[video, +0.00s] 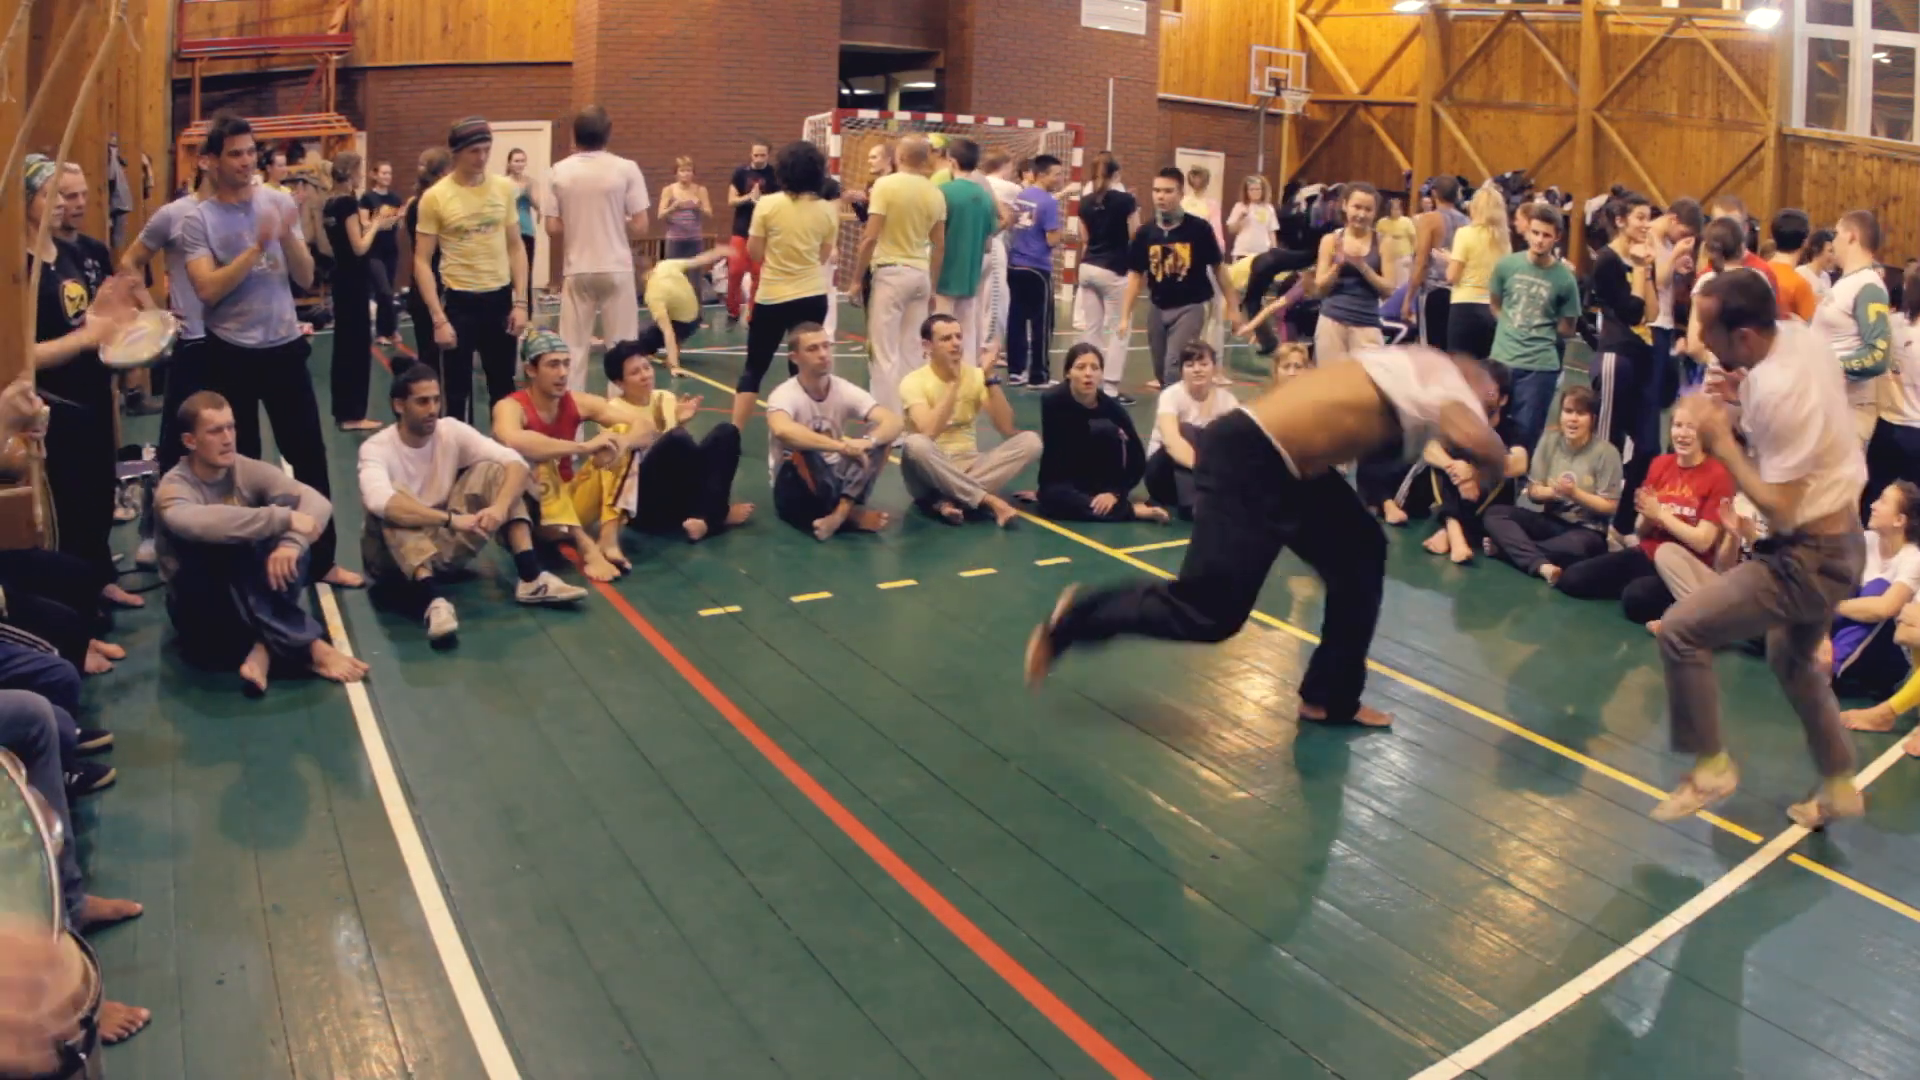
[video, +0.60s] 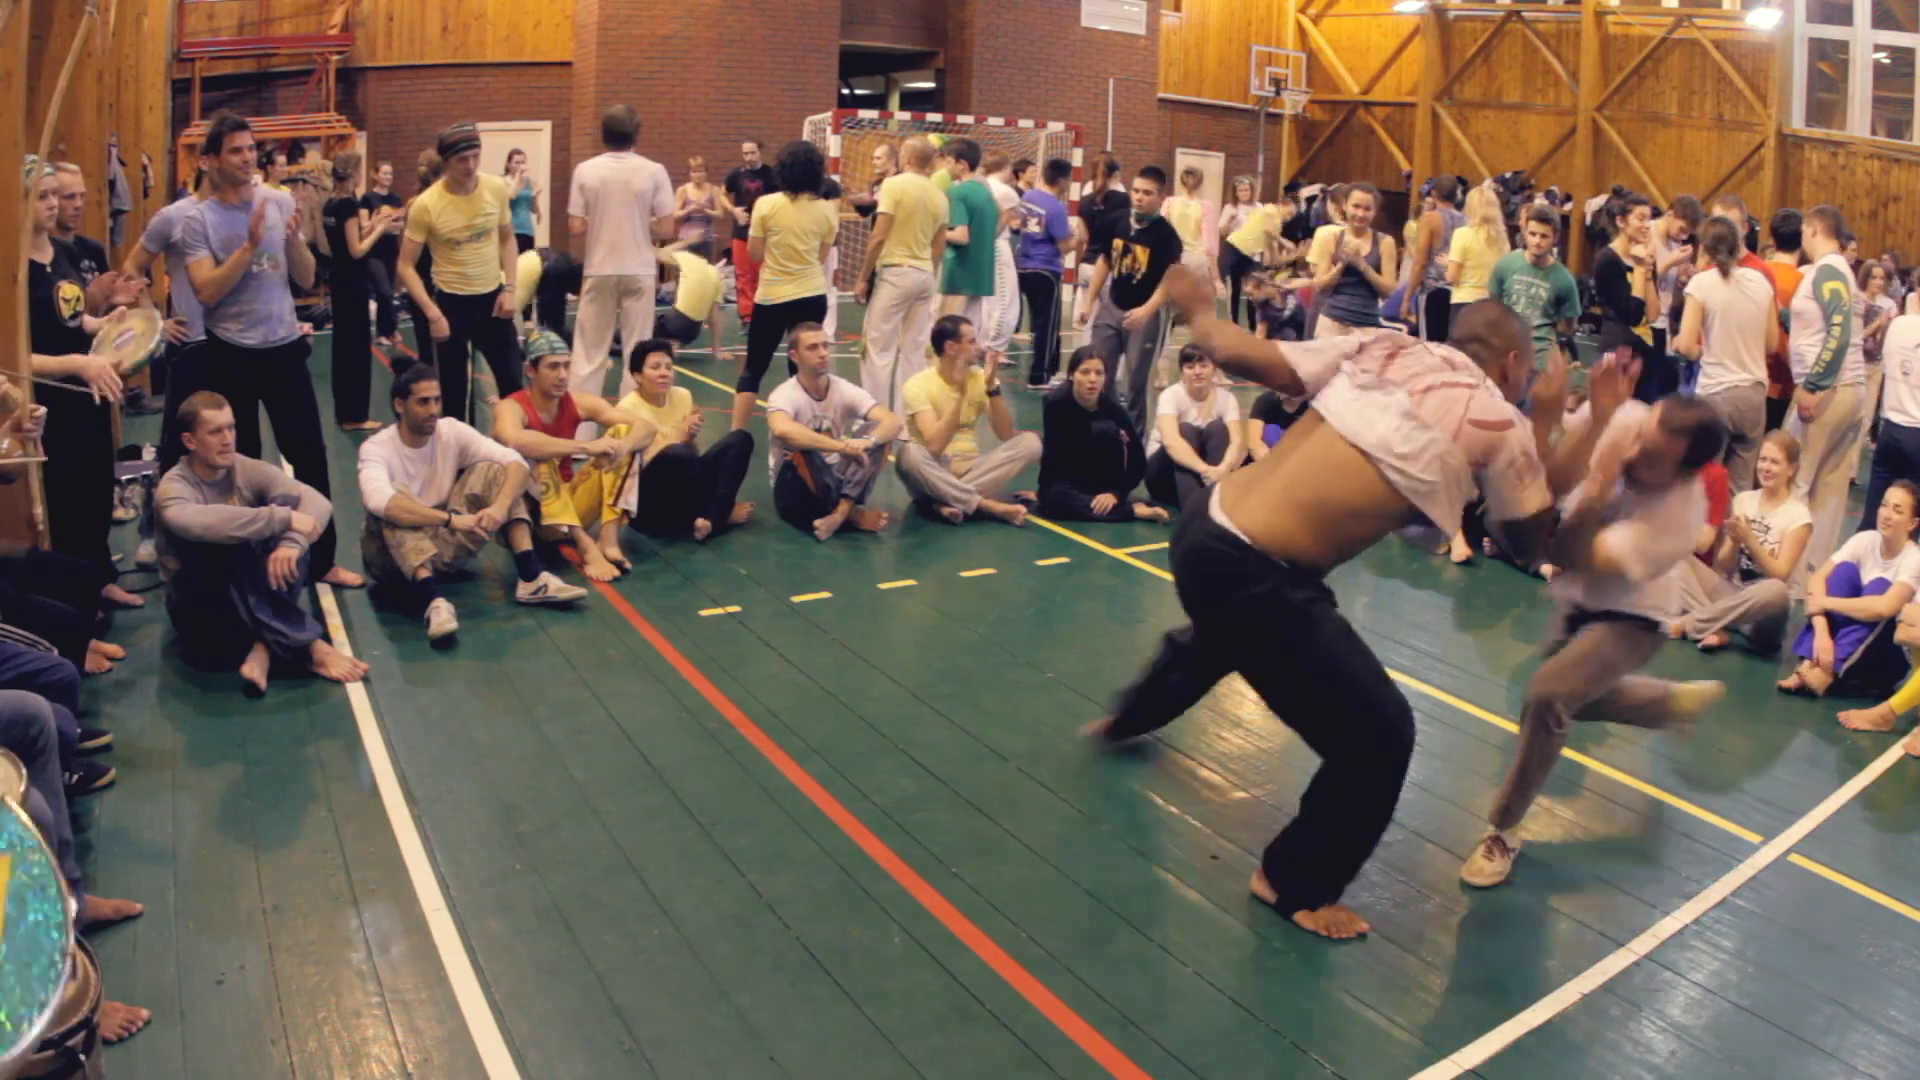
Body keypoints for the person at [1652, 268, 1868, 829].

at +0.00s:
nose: (1706, 346)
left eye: (1711, 336)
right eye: (1704, 335)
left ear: (1747, 334)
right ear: (1756, 326)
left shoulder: (1777, 387)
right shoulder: (1803, 337)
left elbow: (1781, 507)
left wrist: (1721, 440)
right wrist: (1750, 396)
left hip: (1810, 552)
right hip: (1837, 541)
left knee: (1679, 631)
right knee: (1795, 664)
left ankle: (1711, 768)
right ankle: (1840, 785)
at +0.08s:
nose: (1722, 360)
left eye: (1728, 348)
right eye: (1721, 348)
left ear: (1766, 348)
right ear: (1778, 347)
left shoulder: (1781, 399)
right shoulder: (1826, 384)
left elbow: (1714, 495)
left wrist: (1708, 432)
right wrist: (1736, 425)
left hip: (1814, 583)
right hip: (1851, 581)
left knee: (1678, 652)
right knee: (1801, 692)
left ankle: (1675, 804)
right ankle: (1839, 815)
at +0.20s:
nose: (1724, 392)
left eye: (1732, 380)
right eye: (1724, 380)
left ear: (1770, 382)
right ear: (1776, 384)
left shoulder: (1779, 428)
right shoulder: (1828, 428)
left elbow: (1672, 472)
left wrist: (1662, 426)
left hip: (1809, 618)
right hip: (1845, 617)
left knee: (1671, 674)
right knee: (1793, 706)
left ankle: (1649, 818)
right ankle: (1834, 814)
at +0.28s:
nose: (1708, 392)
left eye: (1718, 384)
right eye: (1709, 381)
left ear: (1758, 392)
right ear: (1758, 393)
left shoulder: (1773, 436)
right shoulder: (1797, 434)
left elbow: (1663, 464)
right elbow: (1715, 483)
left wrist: (1658, 392)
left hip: (1800, 627)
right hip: (1821, 622)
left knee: (1657, 669)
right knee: (1781, 715)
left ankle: (1617, 814)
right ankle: (1834, 815)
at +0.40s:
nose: (1673, 382)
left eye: (1685, 371)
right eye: (1673, 368)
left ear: (1727, 380)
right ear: (1723, 379)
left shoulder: (1748, 429)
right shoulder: (1717, 420)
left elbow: (1638, 442)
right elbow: (1630, 423)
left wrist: (1662, 344)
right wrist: (1659, 339)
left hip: (1756, 620)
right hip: (1732, 604)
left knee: (1625, 680)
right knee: (1751, 709)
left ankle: (1533, 810)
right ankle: (1831, 791)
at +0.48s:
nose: (1661, 391)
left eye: (1678, 385)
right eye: (1662, 378)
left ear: (1718, 395)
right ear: (1660, 372)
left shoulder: (1726, 448)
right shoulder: (1672, 422)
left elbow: (1618, 472)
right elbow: (1588, 427)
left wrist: (1641, 379)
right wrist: (1629, 341)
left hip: (1708, 615)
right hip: (1664, 597)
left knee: (1592, 685)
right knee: (1689, 697)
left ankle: (1513, 829)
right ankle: (1796, 737)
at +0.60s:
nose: (1635, 457)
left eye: (1650, 458)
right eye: (1638, 443)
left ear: (1685, 470)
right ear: (1646, 422)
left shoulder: (1679, 518)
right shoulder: (1630, 420)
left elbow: (1572, 551)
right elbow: (1554, 481)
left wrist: (1601, 489)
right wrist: (1590, 418)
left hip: (1634, 617)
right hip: (1578, 595)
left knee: (1548, 696)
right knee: (1561, 699)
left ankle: (1501, 835)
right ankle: (1675, 702)